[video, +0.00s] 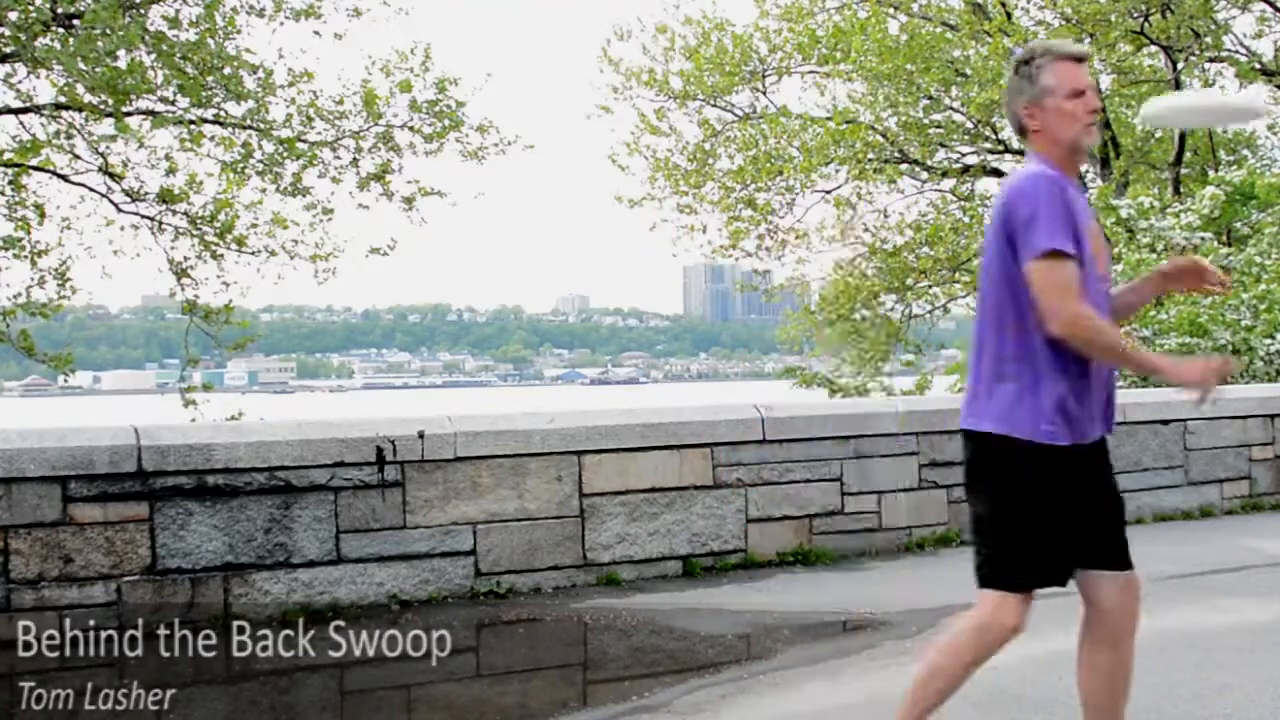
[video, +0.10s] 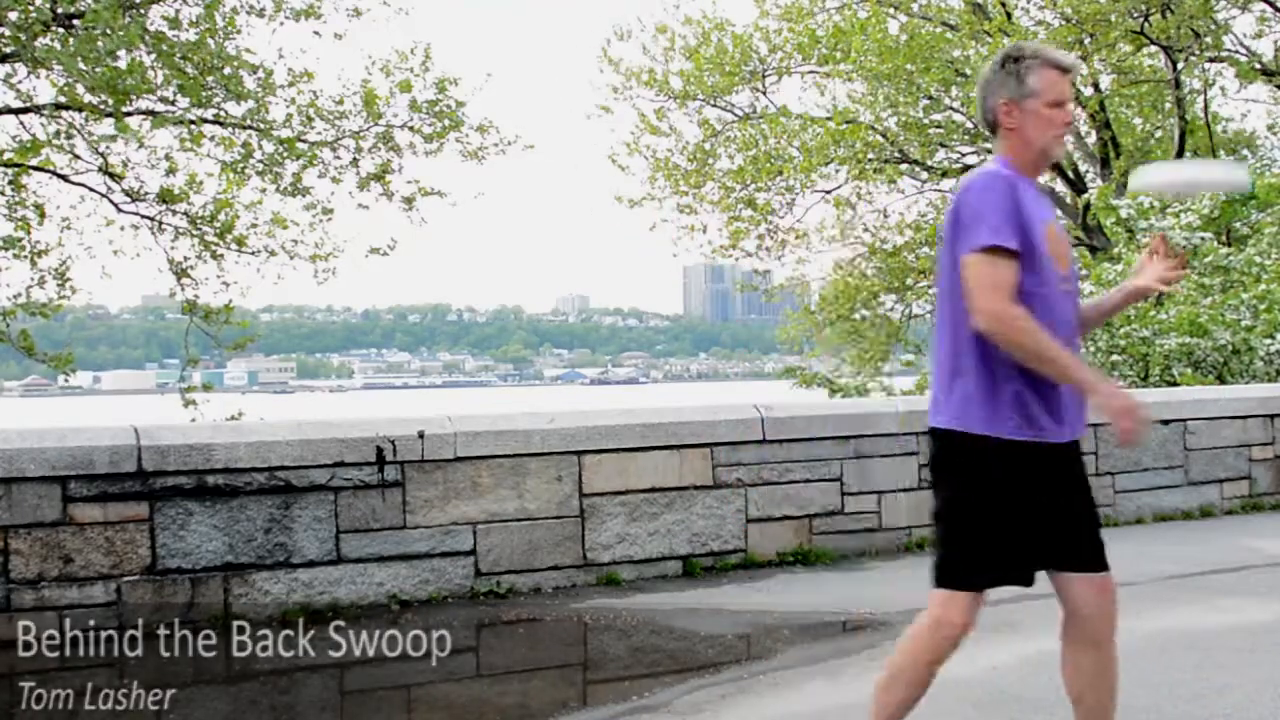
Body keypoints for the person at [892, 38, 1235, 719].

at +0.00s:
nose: (1094, 105)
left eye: (1093, 93)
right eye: (1075, 95)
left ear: (1092, 103)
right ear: (1032, 116)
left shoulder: (1069, 194)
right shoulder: (1034, 188)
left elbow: (1093, 313)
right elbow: (1061, 316)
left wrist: (1158, 282)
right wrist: (1169, 369)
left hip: (1073, 438)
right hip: (1013, 436)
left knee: (1115, 599)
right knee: (1000, 612)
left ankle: (1105, 719)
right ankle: (906, 712)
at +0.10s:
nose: (1072, 117)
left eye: (1072, 104)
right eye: (1057, 104)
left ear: (1027, 116)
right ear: (1008, 114)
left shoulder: (1037, 204)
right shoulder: (990, 187)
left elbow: (1058, 325)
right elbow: (991, 311)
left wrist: (1134, 287)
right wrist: (1097, 386)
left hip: (1046, 440)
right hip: (977, 438)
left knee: (1092, 603)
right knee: (951, 616)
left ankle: (1096, 719)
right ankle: (878, 715)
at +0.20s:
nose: (1042, 141)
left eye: (1043, 127)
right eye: (1031, 125)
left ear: (999, 130)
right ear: (983, 125)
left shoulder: (1001, 222)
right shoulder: (939, 198)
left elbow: (1016, 351)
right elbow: (915, 317)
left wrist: (1115, 330)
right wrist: (1009, 409)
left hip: (1007, 447)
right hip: (928, 447)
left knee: (1078, 601)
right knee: (903, 625)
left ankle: (1096, 718)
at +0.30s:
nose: (1013, 164)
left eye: (1016, 150)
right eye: (1005, 147)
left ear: (972, 150)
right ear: (958, 143)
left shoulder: (979, 241)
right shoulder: (897, 211)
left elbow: (981, 367)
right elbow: (851, 324)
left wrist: (1092, 397)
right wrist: (918, 432)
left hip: (973, 447)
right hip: (883, 455)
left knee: (1070, 585)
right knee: (884, 638)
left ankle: (1079, 718)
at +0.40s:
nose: (998, 180)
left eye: (1001, 167)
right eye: (991, 164)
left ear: (950, 160)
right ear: (943, 157)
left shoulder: (961, 255)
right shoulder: (876, 222)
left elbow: (968, 382)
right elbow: (817, 334)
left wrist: (1061, 445)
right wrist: (842, 450)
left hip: (943, 442)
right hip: (861, 453)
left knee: (1055, 547)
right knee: (873, 639)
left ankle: (1057, 715)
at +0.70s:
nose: (942, 204)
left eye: (954, 191)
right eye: (933, 186)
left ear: (959, 188)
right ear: (893, 170)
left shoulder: (931, 270)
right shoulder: (826, 232)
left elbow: (925, 379)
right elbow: (760, 336)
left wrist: (955, 472)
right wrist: (734, 447)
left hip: (906, 438)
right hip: (822, 454)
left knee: (1038, 470)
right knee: (846, 641)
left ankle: (1120, 671)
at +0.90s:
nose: (854, 147)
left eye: (872, 136)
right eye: (848, 134)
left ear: (911, 148)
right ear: (840, 138)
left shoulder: (935, 237)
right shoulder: (802, 219)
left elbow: (904, 338)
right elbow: (771, 338)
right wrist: (793, 451)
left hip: (926, 431)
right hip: (838, 443)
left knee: (1037, 518)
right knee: (847, 629)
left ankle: (1058, 708)